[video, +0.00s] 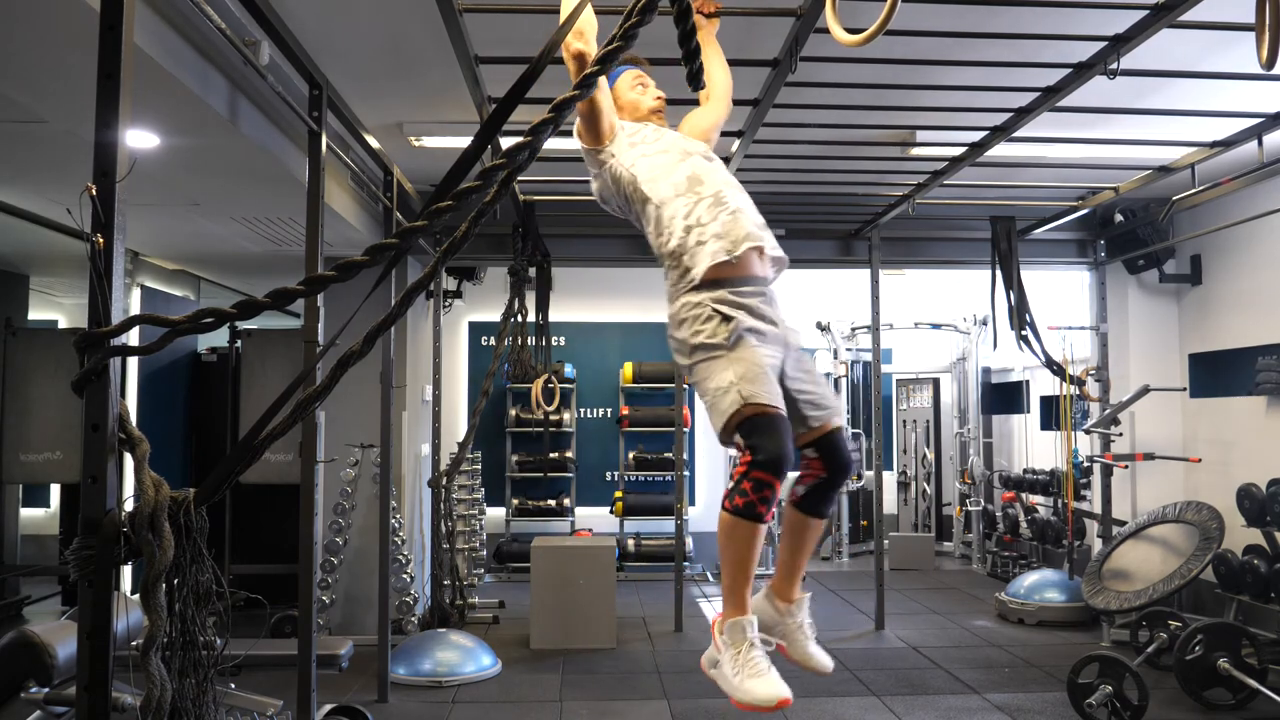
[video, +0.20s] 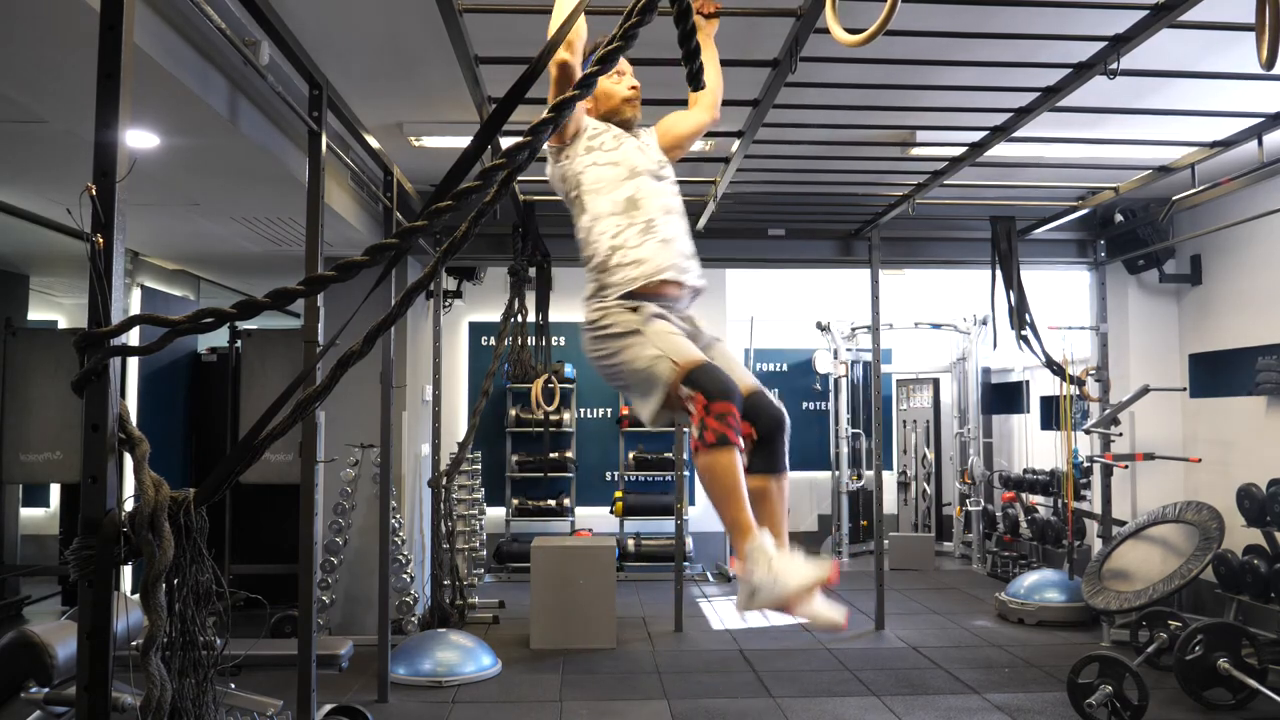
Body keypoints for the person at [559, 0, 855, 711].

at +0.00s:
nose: (644, 78)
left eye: (649, 76)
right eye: (631, 78)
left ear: (663, 97)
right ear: (612, 104)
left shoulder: (691, 138)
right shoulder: (614, 152)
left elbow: (718, 94)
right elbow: (592, 123)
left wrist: (706, 29)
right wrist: (585, 76)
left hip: (768, 302)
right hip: (712, 307)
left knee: (832, 458)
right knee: (766, 453)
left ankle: (781, 601)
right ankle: (731, 633)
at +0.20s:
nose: (632, 79)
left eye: (633, 76)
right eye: (617, 74)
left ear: (636, 96)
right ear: (589, 92)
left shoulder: (652, 144)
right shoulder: (577, 141)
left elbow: (707, 106)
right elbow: (563, 56)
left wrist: (706, 36)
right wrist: (575, 5)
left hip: (682, 314)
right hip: (622, 313)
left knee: (768, 418)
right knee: (717, 394)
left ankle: (779, 576)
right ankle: (751, 562)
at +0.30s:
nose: (626, 80)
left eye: (627, 72)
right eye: (612, 72)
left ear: (630, 87)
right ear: (580, 88)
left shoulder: (637, 141)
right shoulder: (558, 131)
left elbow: (697, 110)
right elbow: (547, 56)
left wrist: (703, 36)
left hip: (639, 311)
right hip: (575, 311)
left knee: (737, 357)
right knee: (676, 347)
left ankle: (784, 499)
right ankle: (743, 488)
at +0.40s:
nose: (621, 75)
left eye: (622, 65)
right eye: (605, 66)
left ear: (624, 74)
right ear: (570, 79)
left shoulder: (626, 129)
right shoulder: (546, 123)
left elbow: (691, 112)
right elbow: (535, 51)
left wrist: (703, 36)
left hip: (604, 293)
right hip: (547, 295)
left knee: (702, 300)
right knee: (645, 294)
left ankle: (755, 430)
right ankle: (713, 422)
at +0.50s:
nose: (621, 71)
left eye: (622, 60)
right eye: (606, 61)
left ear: (623, 66)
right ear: (569, 70)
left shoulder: (622, 112)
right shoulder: (538, 107)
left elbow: (687, 112)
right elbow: (516, 49)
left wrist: (702, 38)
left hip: (591, 290)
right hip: (530, 279)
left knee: (691, 286)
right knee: (624, 238)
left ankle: (682, 428)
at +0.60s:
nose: (620, 52)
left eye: (623, 41)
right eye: (606, 41)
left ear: (629, 45)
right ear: (573, 47)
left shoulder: (624, 94)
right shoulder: (548, 89)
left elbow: (686, 110)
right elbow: (511, 84)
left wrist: (701, 37)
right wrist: (547, 10)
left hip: (591, 261)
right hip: (531, 251)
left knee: (693, 323)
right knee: (599, 210)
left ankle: (630, 427)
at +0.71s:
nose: (621, 38)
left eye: (625, 31)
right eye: (608, 28)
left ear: (633, 44)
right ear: (580, 39)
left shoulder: (632, 94)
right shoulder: (554, 93)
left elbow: (688, 111)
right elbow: (572, 58)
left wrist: (703, 37)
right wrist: (596, 6)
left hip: (606, 260)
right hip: (546, 248)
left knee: (701, 340)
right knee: (562, 259)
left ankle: (641, 427)